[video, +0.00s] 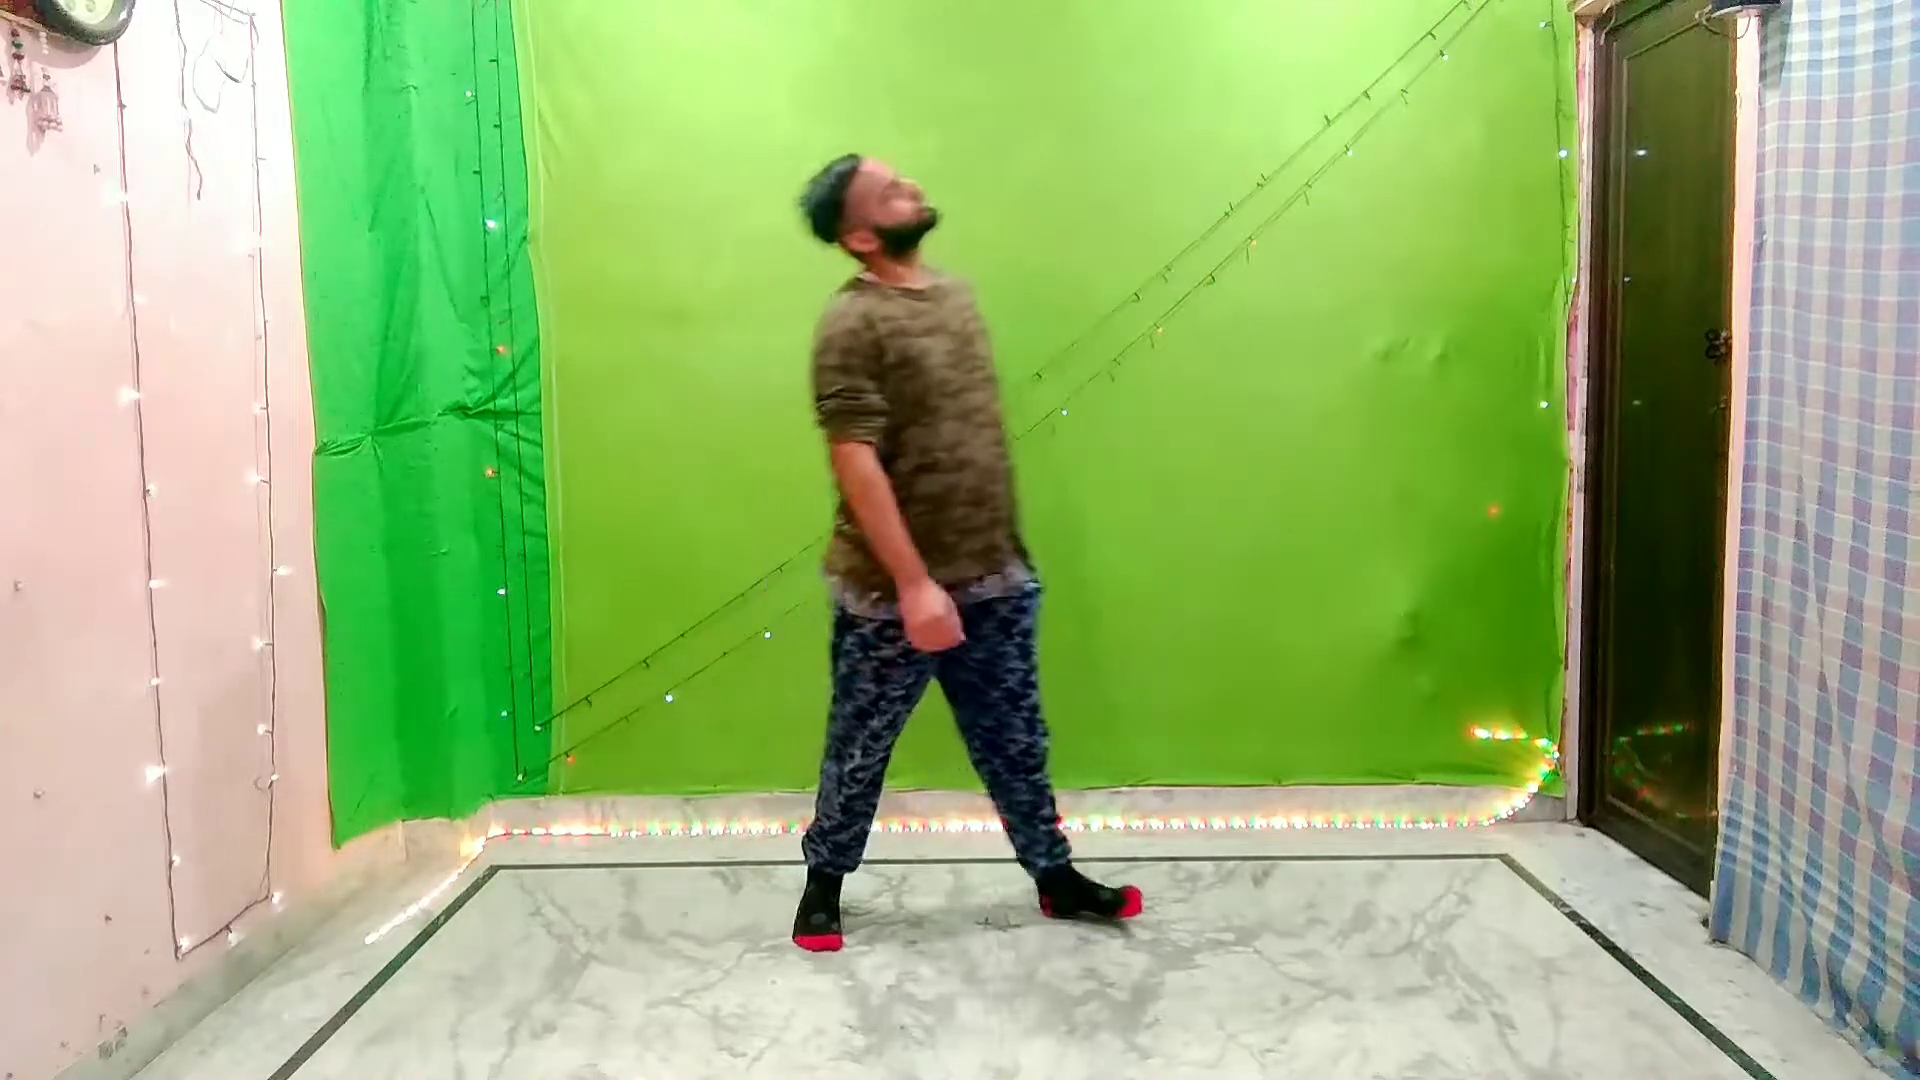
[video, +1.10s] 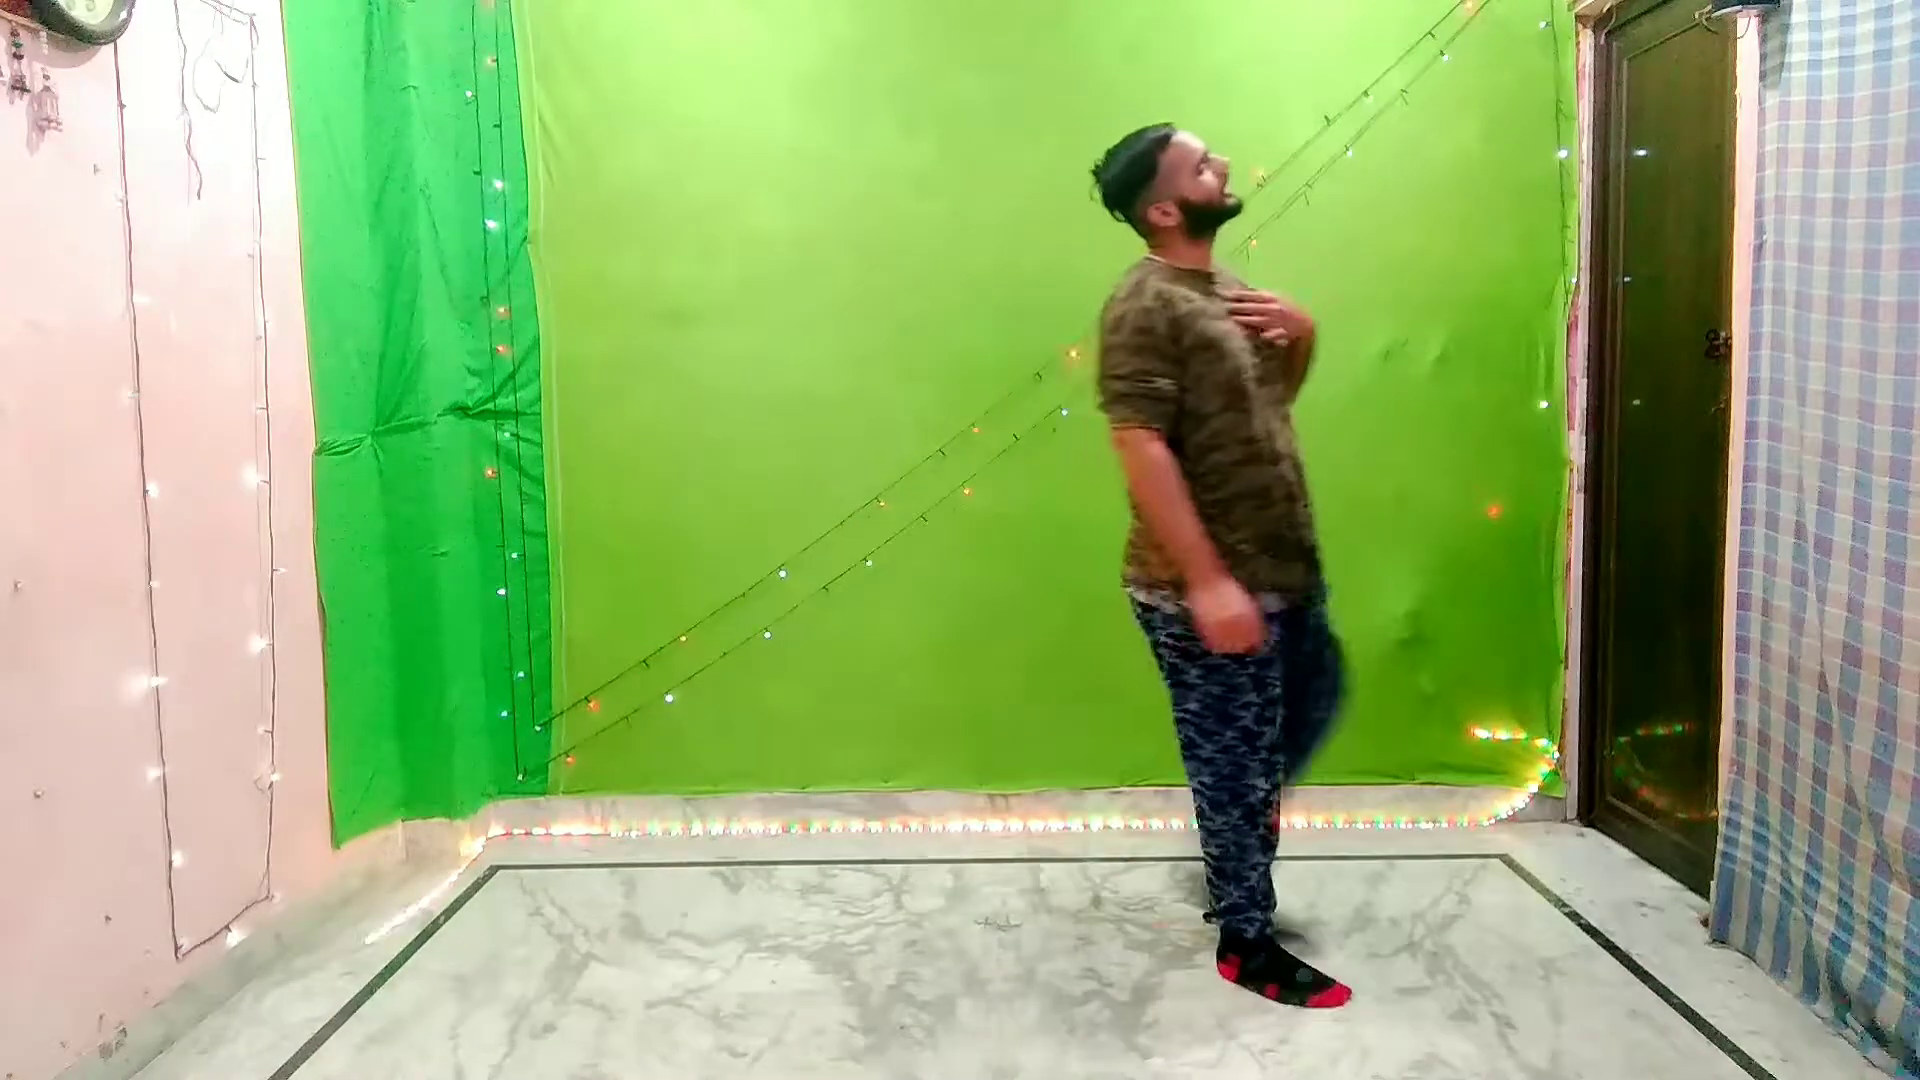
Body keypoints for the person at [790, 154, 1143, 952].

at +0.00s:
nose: (908, 185)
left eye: (899, 176)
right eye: (886, 188)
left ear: (903, 210)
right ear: (857, 235)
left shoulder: (955, 297)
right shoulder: (852, 327)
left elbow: (971, 434)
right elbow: (855, 464)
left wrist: (998, 551)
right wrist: (913, 583)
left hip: (989, 573)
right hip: (890, 589)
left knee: (1015, 741)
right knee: (859, 750)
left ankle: (1057, 879)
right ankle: (822, 890)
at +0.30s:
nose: (1034, 171)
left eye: (1027, 161)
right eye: (1011, 167)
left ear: (1015, 200)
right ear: (974, 206)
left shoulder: (1085, 283)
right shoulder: (957, 324)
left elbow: (1121, 391)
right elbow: (934, 462)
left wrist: (1111, 491)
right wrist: (938, 593)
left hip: (1094, 570)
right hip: (1005, 582)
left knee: (1072, 742)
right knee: (961, 739)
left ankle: (1068, 883)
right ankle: (894, 868)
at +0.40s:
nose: (1076, 165)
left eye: (1067, 157)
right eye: (1055, 161)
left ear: (1060, 196)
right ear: (1017, 202)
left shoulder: (1125, 279)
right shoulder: (988, 318)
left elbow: (1183, 336)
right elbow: (953, 445)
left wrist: (1209, 441)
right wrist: (960, 579)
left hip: (1125, 554)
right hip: (1037, 562)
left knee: (1102, 728)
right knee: (1046, 728)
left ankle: (1069, 878)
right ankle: (985, 881)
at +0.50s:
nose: (1100, 166)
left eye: (1092, 157)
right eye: (1078, 162)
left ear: (1083, 197)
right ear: (1038, 202)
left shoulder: (1134, 277)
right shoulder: (1009, 309)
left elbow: (1203, 311)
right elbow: (970, 437)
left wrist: (1257, 398)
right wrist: (972, 572)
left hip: (1143, 544)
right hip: (1055, 550)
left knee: (1117, 726)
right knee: (1083, 723)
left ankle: (1070, 877)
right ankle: (1057, 907)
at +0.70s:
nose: (1148, 164)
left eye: (1140, 154)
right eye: (1128, 160)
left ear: (1116, 199)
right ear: (1088, 200)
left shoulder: (1163, 289)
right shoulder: (1053, 306)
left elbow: (1227, 332)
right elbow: (1013, 438)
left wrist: (1325, 324)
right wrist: (1017, 575)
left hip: (1174, 557)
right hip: (1107, 565)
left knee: (1112, 722)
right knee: (1158, 740)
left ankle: (1070, 871)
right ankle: (1193, 929)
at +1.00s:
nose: (1208, 171)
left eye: (1199, 161)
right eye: (1189, 166)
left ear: (1172, 200)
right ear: (1147, 204)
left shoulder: (1213, 294)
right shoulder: (1126, 305)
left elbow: (1243, 408)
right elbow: (1112, 443)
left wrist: (1278, 341)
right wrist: (1166, 578)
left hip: (1259, 571)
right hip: (1194, 583)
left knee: (1246, 736)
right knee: (1226, 766)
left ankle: (1129, 841)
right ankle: (1246, 941)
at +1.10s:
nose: (1219, 166)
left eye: (1209, 156)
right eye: (1201, 163)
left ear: (1183, 200)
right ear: (1164, 204)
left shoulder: (1224, 292)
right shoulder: (1145, 303)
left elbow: (1262, 407)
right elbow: (1139, 444)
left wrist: (1300, 336)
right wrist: (1206, 579)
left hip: (1279, 574)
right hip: (1204, 586)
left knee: (1313, 701)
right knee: (1232, 765)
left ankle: (1236, 830)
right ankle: (1245, 940)